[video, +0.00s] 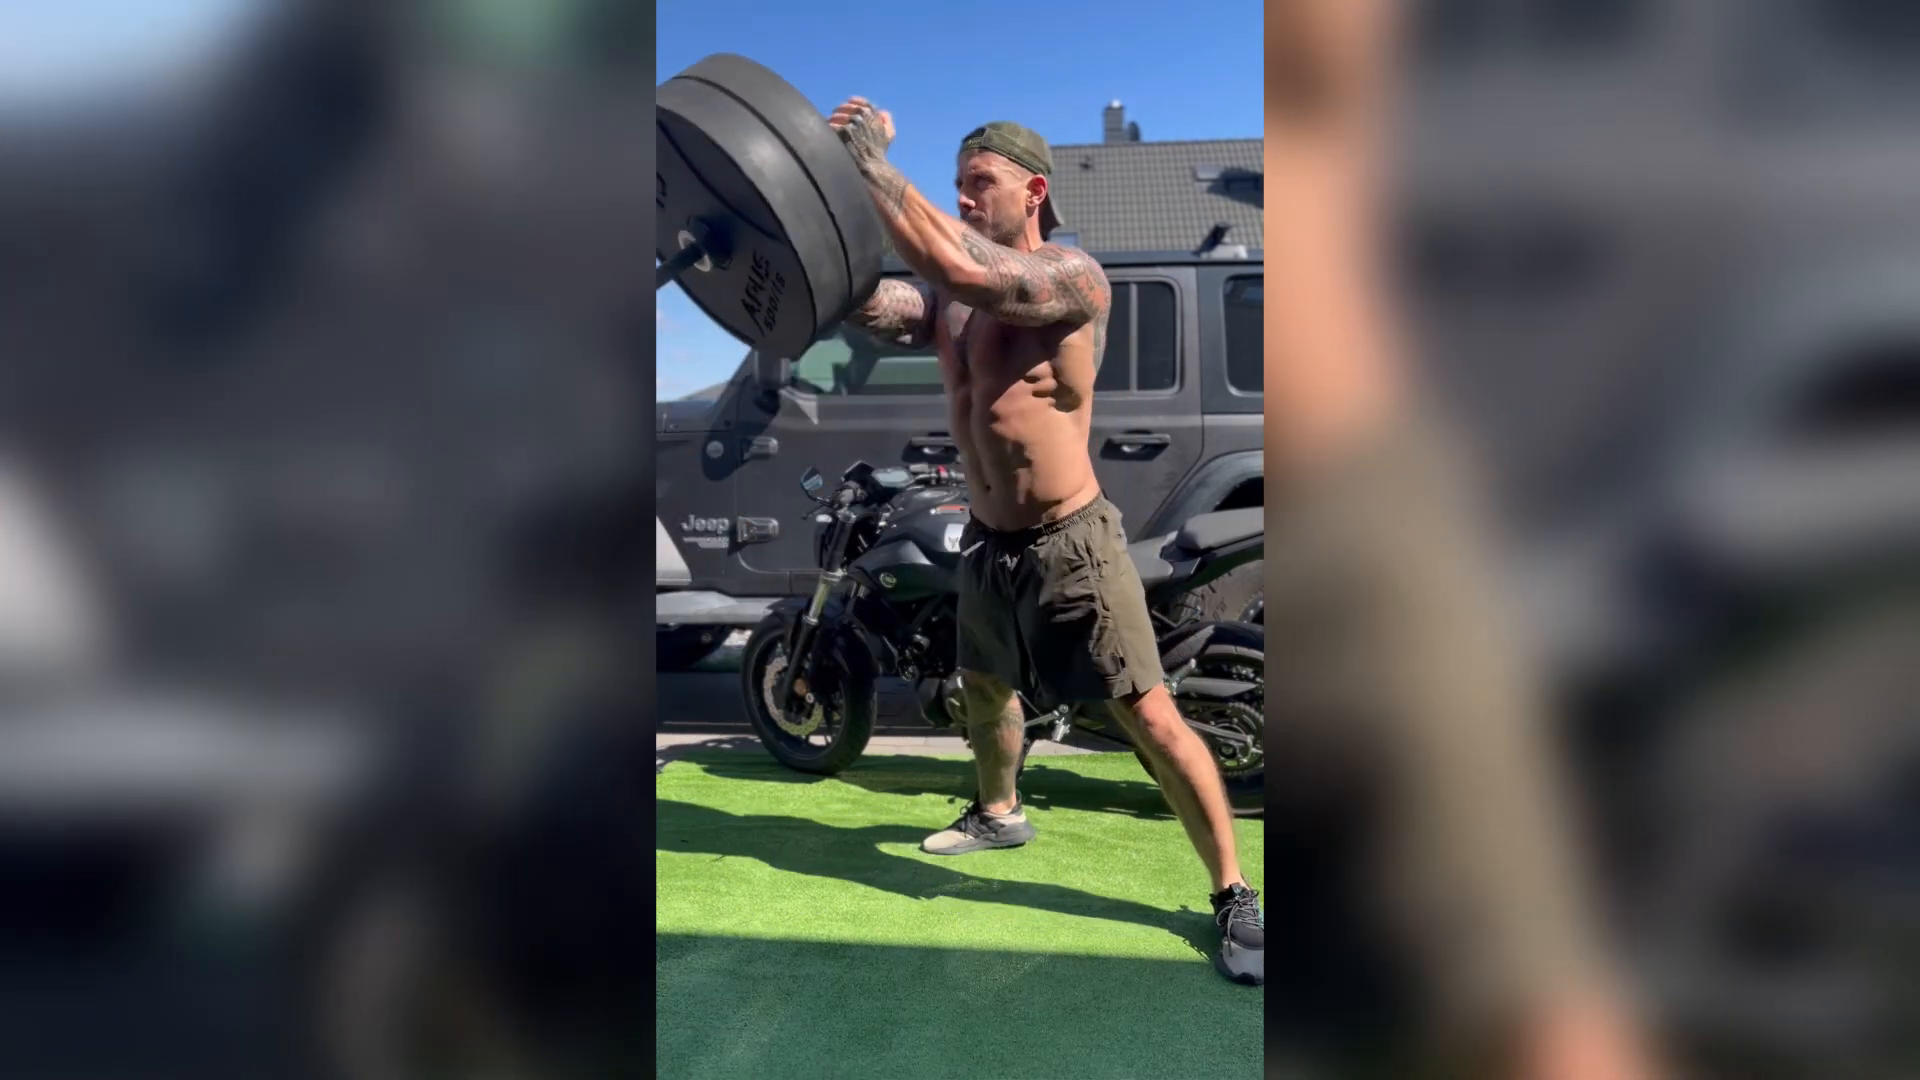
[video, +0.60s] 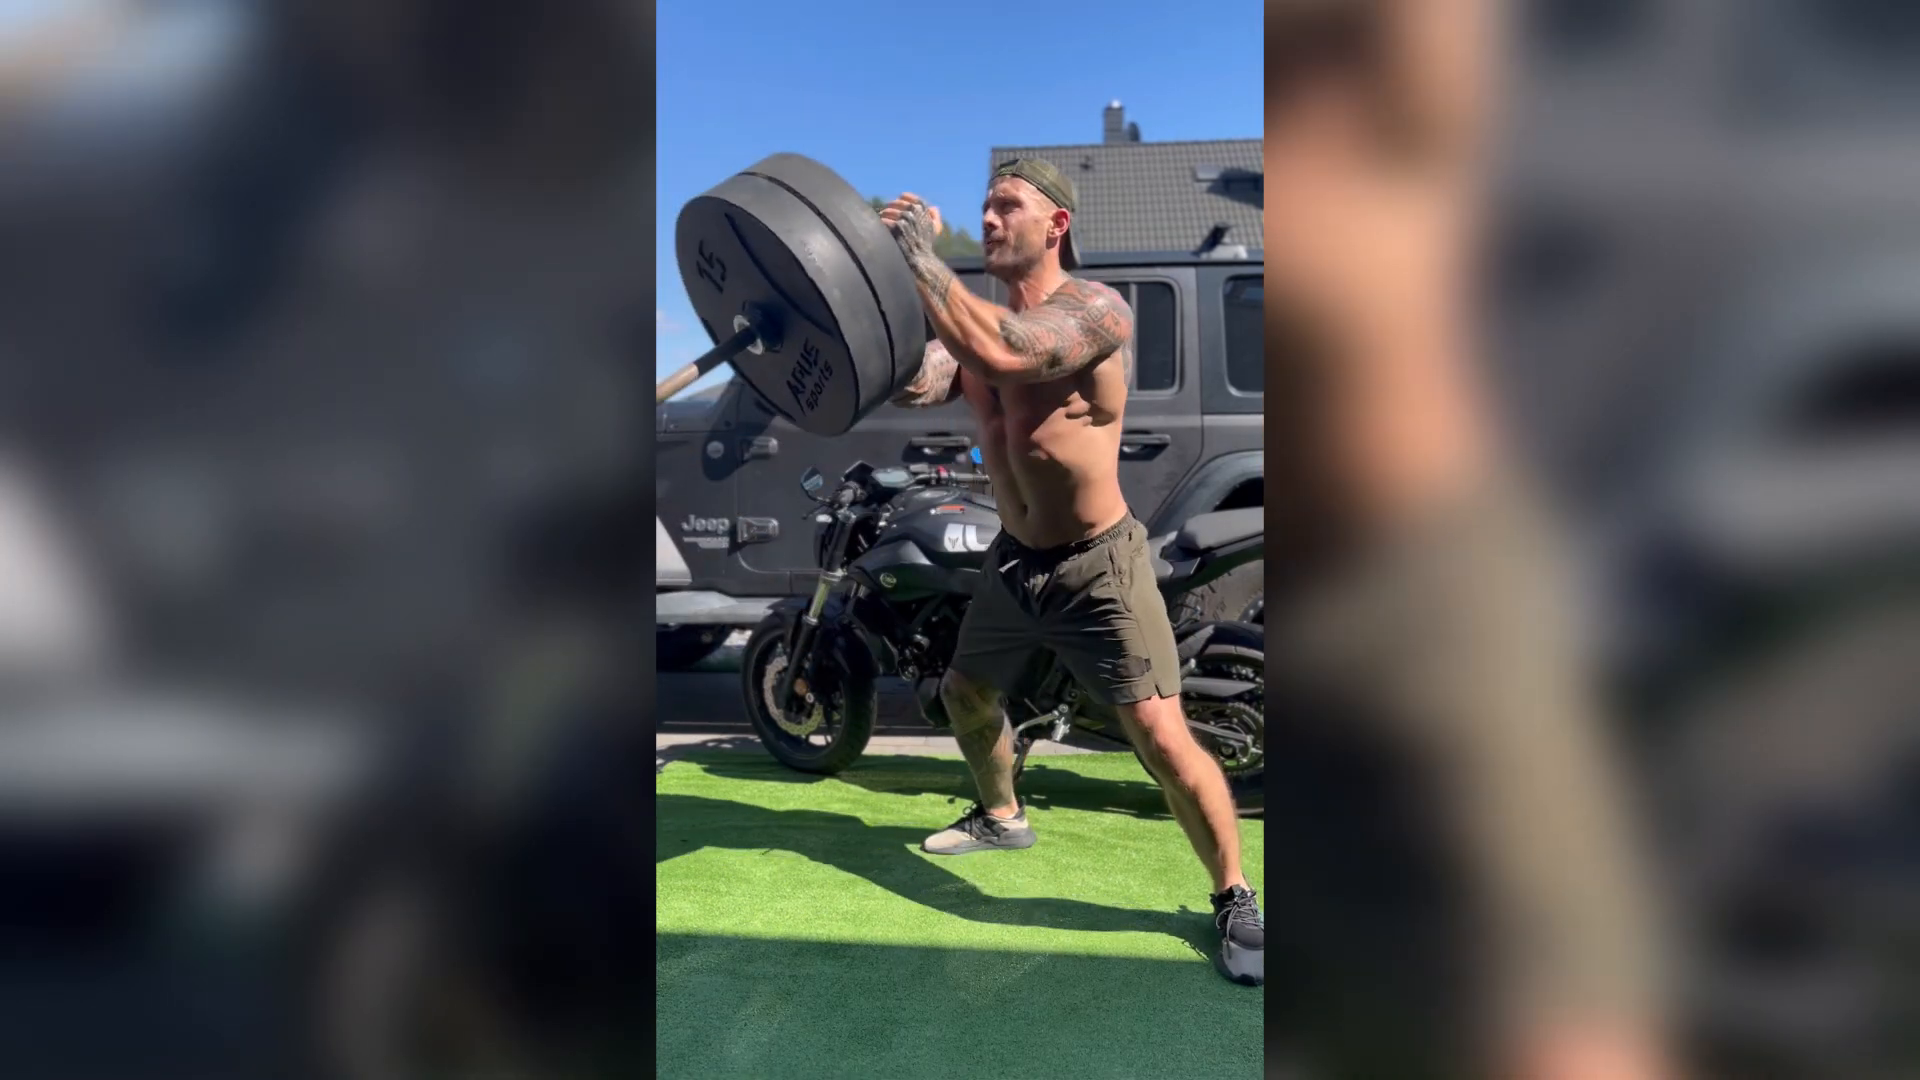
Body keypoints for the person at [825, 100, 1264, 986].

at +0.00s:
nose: (963, 197)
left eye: (981, 181)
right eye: (957, 184)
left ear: (1036, 191)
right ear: (960, 195)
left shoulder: (1076, 275)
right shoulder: (947, 292)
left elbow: (971, 273)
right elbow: (859, 303)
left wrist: (874, 169)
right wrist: (788, 223)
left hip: (1074, 536)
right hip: (987, 544)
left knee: (1149, 717)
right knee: (986, 691)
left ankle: (1233, 892)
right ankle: (998, 814)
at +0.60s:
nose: (990, 216)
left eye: (1009, 204)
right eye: (987, 205)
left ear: (1058, 223)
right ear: (986, 227)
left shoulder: (1099, 308)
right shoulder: (971, 321)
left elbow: (1008, 352)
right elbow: (916, 381)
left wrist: (928, 262)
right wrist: (840, 328)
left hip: (1101, 557)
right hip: (1013, 558)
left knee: (1158, 731)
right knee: (968, 694)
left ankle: (1235, 897)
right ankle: (1002, 819)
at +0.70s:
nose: (993, 269)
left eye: (1012, 258)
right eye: (991, 258)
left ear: (1060, 277)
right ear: (989, 279)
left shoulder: (1103, 362)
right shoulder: (991, 365)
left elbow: (1022, 445)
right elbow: (940, 458)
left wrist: (957, 348)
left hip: (1121, 583)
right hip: (1035, 586)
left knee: (1165, 745)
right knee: (950, 699)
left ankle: (1236, 899)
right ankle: (1001, 817)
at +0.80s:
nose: (997, 330)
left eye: (1016, 321)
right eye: (997, 320)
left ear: (1062, 340)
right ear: (993, 335)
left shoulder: (1109, 425)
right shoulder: (998, 419)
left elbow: (1041, 530)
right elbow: (958, 517)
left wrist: (985, 440)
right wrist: (933, 437)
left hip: (1136, 615)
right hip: (1050, 617)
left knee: (1172, 747)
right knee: (944, 700)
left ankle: (1238, 900)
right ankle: (995, 815)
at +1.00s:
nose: (1002, 433)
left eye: (1020, 423)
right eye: (1000, 421)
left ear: (1066, 441)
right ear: (994, 432)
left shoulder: (1120, 522)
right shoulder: (999, 513)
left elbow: (1070, 648)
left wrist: (1014, 553)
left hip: (1153, 669)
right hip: (1061, 669)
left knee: (1176, 748)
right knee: (948, 703)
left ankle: (1236, 899)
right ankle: (1000, 820)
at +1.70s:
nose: (966, 314)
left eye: (986, 304)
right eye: (965, 303)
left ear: (1035, 322)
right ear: (965, 322)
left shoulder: (1089, 404)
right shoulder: (973, 400)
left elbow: (1034, 525)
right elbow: (939, 480)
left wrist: (977, 435)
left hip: (1129, 588)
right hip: (1044, 590)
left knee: (1168, 735)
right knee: (947, 692)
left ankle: (1237, 898)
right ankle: (1000, 817)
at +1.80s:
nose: (966, 254)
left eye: (984, 242)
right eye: (964, 243)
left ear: (1034, 258)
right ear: (963, 261)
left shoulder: (1085, 347)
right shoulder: (973, 344)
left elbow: (1011, 444)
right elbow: (939, 443)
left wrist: (948, 354)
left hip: (1106, 561)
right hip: (1023, 567)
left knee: (1165, 733)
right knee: (950, 693)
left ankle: (1238, 897)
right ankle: (1001, 817)